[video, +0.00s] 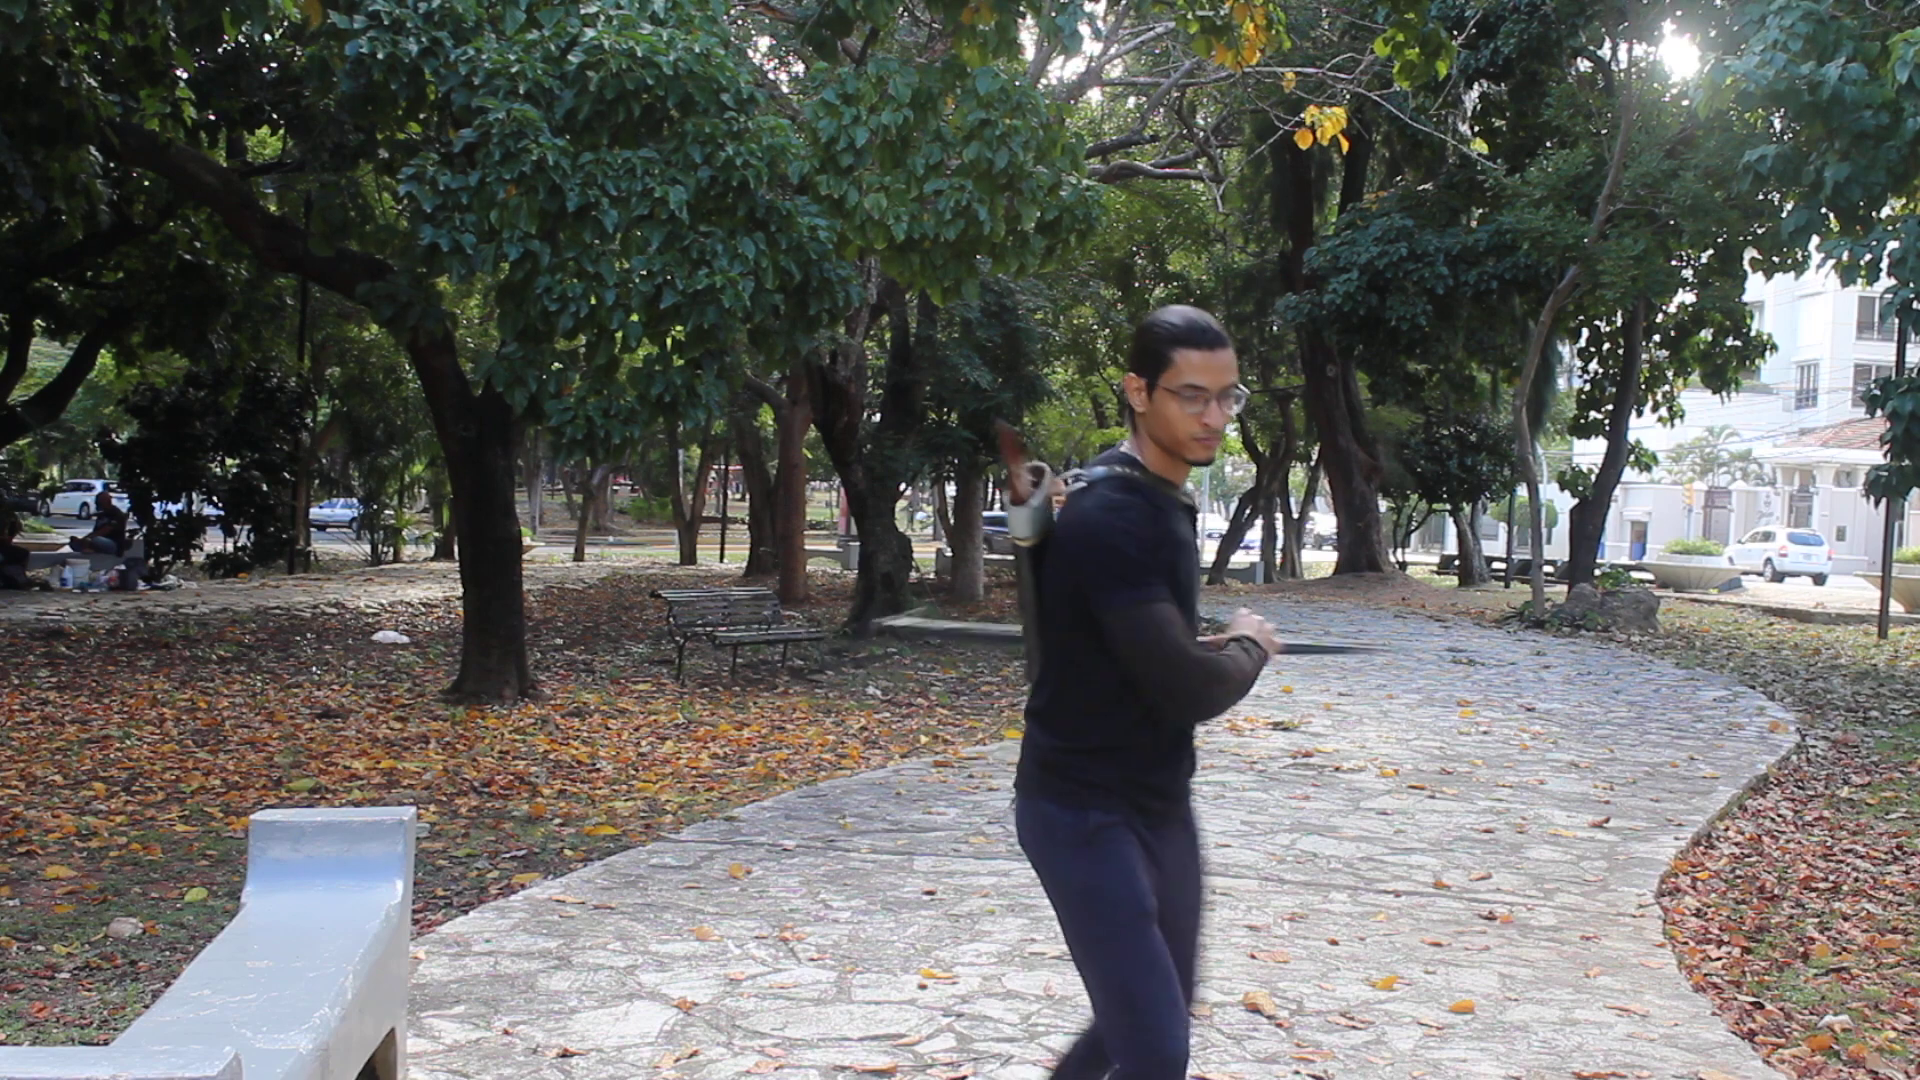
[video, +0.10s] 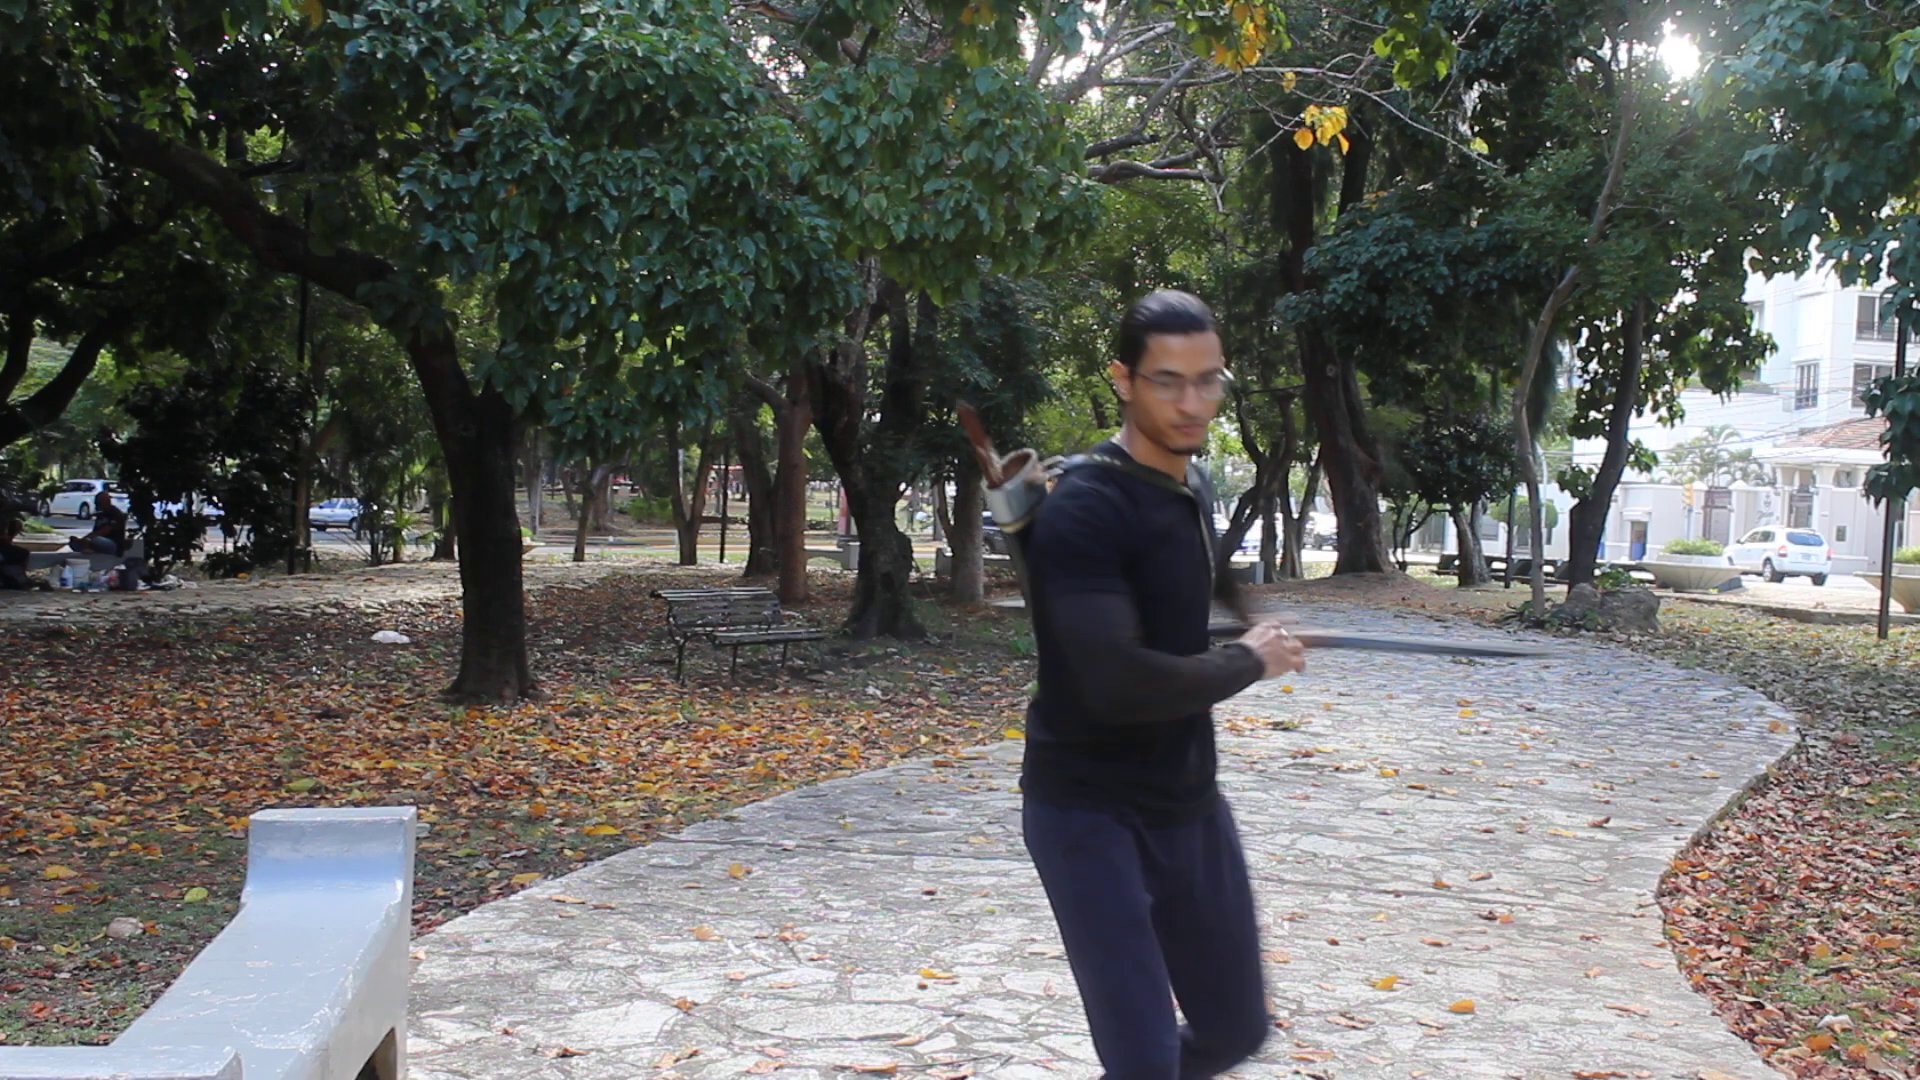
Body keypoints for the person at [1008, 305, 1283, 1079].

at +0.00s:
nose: (1214, 417)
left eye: (1225, 395)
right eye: (1191, 395)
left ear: (1236, 394)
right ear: (1136, 395)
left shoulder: (1167, 505)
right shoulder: (1103, 513)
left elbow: (1162, 654)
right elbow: (1187, 689)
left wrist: (1215, 647)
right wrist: (1250, 646)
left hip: (1158, 803)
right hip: (1079, 806)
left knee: (1146, 1025)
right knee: (1155, 1047)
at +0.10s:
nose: (1192, 404)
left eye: (1207, 380)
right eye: (1168, 381)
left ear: (1224, 381)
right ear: (1124, 383)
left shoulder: (1183, 495)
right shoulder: (1077, 507)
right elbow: (1109, 684)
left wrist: (1239, 642)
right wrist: (1247, 660)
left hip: (1185, 798)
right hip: (1085, 805)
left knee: (1235, 1026)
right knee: (1146, 1056)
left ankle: (1155, 1067)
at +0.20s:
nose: (1163, 387)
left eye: (1182, 364)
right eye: (1141, 365)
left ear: (1208, 364)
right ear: (1106, 366)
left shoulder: (1221, 485)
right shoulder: (1053, 496)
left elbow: (1312, 556)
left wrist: (1412, 601)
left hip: (1210, 801)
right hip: (1090, 810)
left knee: (1282, 1044)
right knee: (1133, 1062)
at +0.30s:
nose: (1140, 371)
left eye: (1160, 349)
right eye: (1119, 351)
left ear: (1197, 353)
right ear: (1094, 358)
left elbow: (1402, 539)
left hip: (1232, 810)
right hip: (1097, 816)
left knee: (1306, 1052)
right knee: (1119, 1060)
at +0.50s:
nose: (1143, 365)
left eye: (1166, 342)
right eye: (1125, 345)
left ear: (1213, 349)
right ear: (1109, 357)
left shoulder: (1271, 461)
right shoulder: (1081, 492)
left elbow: (1386, 491)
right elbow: (994, 648)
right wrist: (1071, 644)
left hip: (1261, 831)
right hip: (1119, 833)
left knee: (1317, 1064)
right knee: (1109, 1064)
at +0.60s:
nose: (1167, 368)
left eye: (1189, 345)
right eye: (1151, 347)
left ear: (1242, 350)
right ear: (1135, 358)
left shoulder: (1297, 467)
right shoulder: (1131, 501)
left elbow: (1332, 497)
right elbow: (1052, 656)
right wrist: (1084, 645)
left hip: (1285, 843)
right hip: (1147, 843)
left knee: (1315, 1068)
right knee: (1117, 1068)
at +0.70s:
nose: (1193, 369)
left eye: (1218, 346)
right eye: (1179, 350)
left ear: (1276, 357)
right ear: (1168, 363)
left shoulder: (1326, 467)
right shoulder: (1199, 490)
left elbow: (1194, 466)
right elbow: (1131, 687)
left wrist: (1004, 434)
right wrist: (1127, 659)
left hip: (1301, 863)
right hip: (1177, 854)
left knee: (1304, 1067)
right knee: (1133, 1067)